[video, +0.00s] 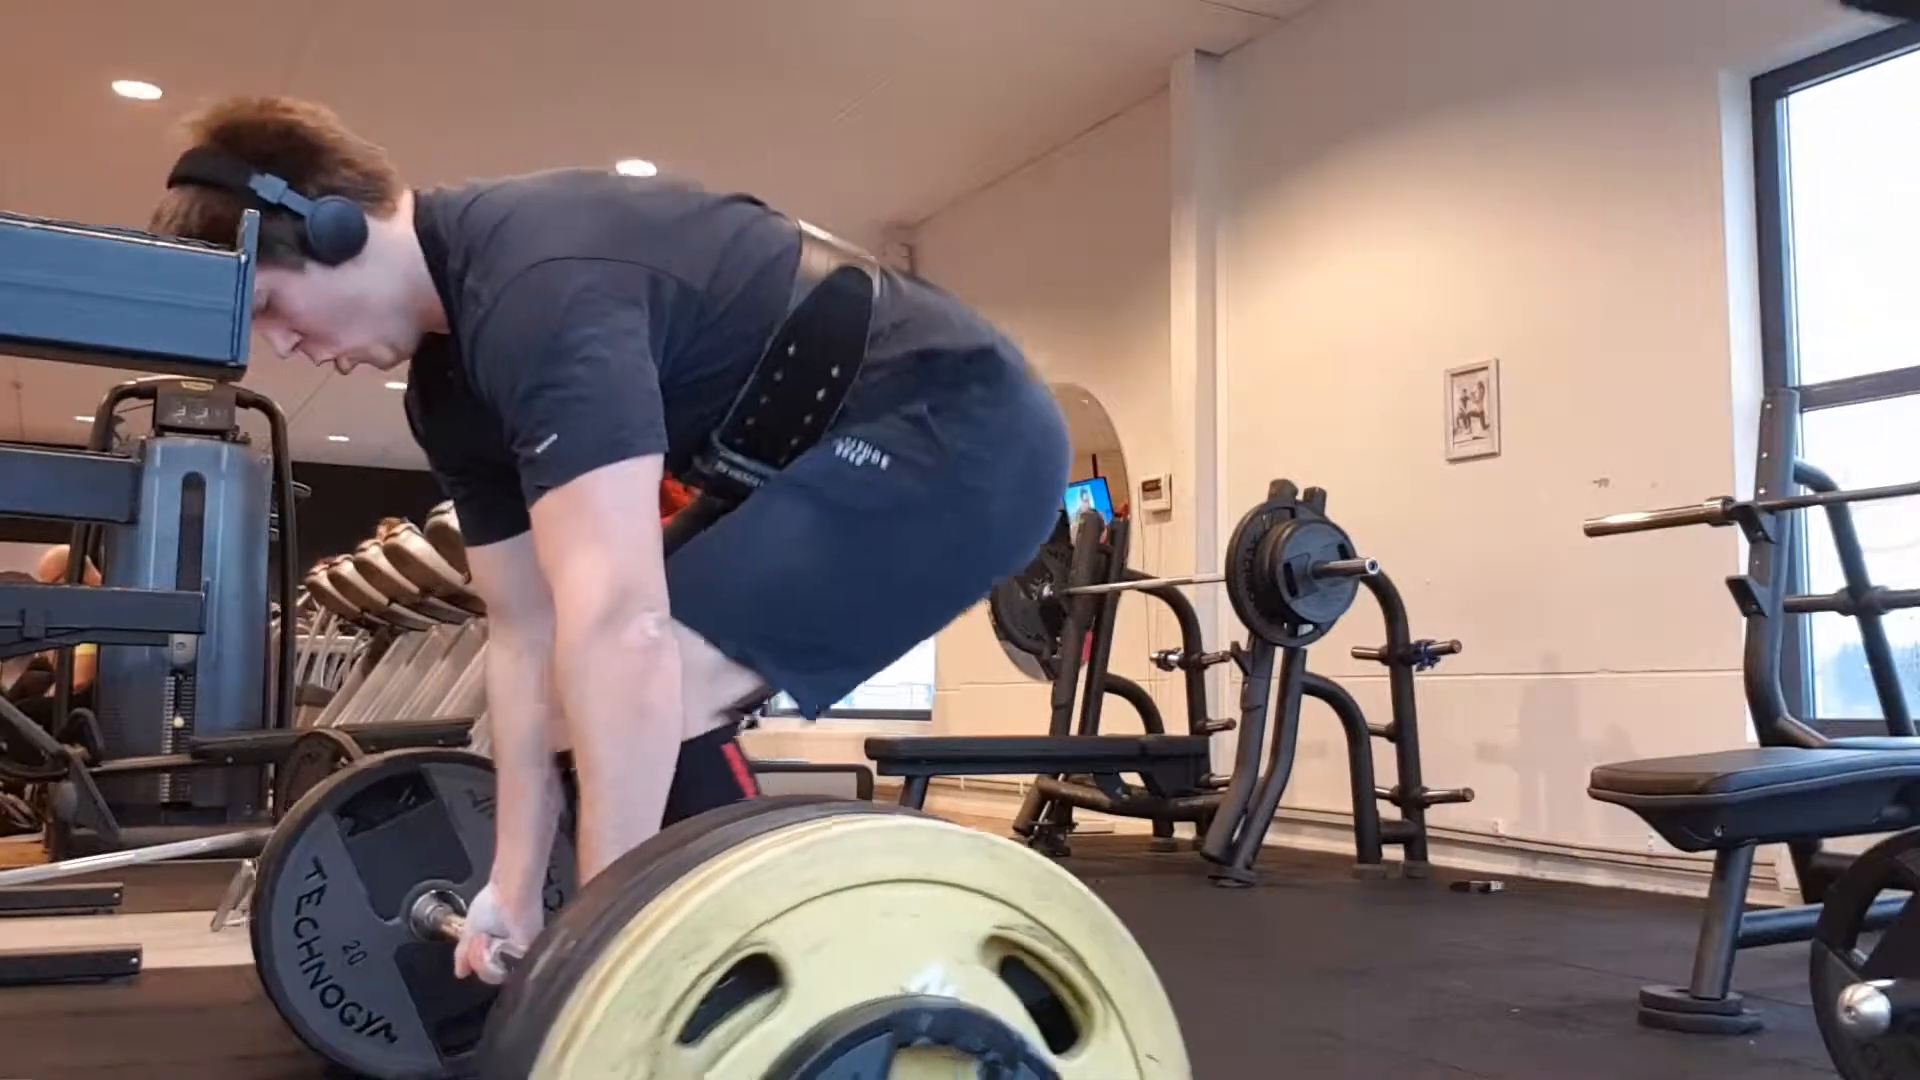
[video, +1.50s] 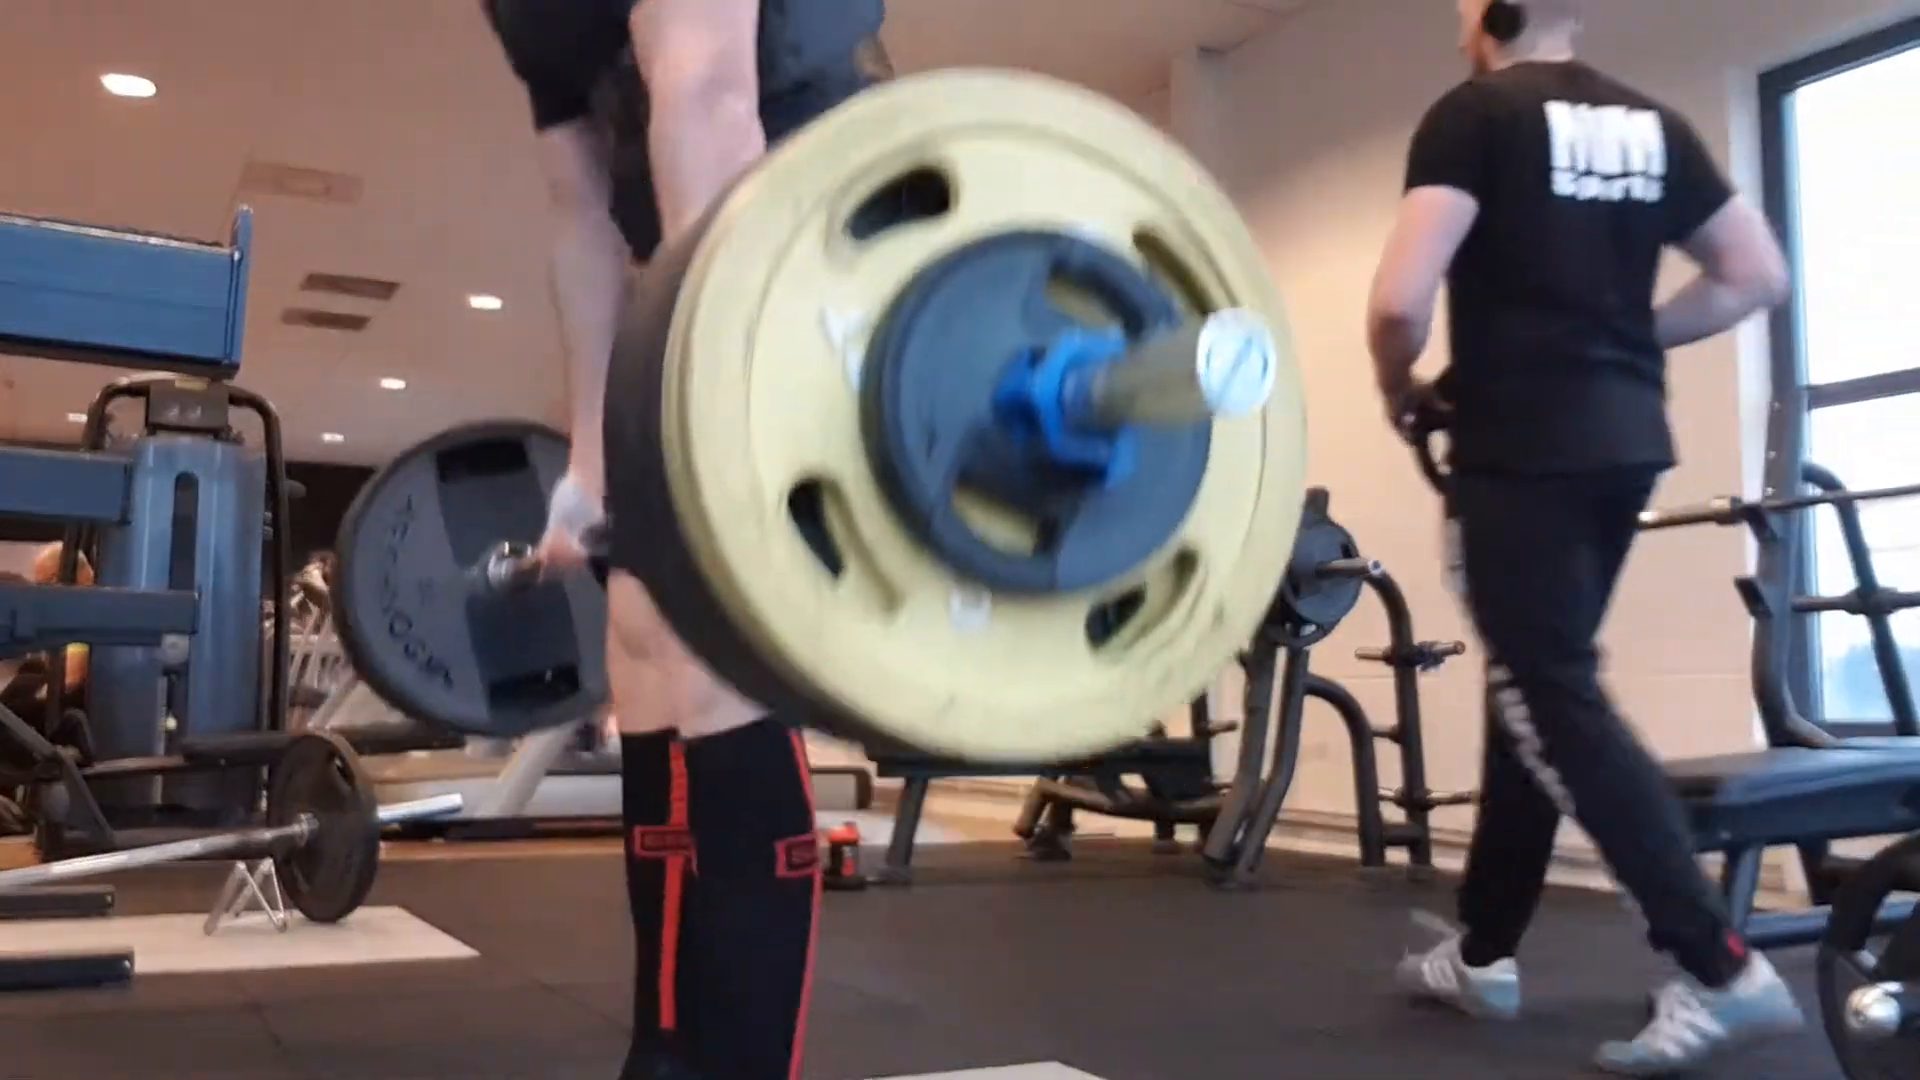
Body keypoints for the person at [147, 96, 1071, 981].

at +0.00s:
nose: (283, 348)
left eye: (271, 308)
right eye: (259, 331)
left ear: (318, 227)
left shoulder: (541, 281)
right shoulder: (448, 377)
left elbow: (623, 626)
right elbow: (523, 632)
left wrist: (618, 932)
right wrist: (511, 889)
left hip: (943, 417)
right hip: (853, 446)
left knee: (636, 694)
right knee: (603, 699)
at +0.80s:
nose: (269, 185)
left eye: (270, 141)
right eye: (251, 161)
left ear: (358, 78)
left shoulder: (562, 205)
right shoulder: (455, 307)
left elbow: (659, 537)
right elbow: (546, 555)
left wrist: (656, 856)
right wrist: (552, 812)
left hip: (919, 404)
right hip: (808, 437)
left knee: (627, 690)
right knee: (553, 670)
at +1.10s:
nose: (314, 4)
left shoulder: (591, 67)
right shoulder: (477, 175)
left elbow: (669, 386)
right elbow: (554, 439)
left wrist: (672, 688)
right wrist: (567, 694)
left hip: (913, 341)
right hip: (782, 384)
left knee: (734, 666)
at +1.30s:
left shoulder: (621, 8)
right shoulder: (489, 68)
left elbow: (681, 247)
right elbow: (562, 321)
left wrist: (683, 553)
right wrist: (580, 578)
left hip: (896, 311)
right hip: (755, 337)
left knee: (748, 722)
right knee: (673, 706)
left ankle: (718, 1056)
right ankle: (677, 1047)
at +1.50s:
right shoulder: (531, 17)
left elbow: (710, 98)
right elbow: (582, 199)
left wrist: (748, 405)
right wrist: (587, 467)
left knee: (688, 661)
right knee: (649, 653)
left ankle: (712, 1053)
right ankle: (679, 1042)